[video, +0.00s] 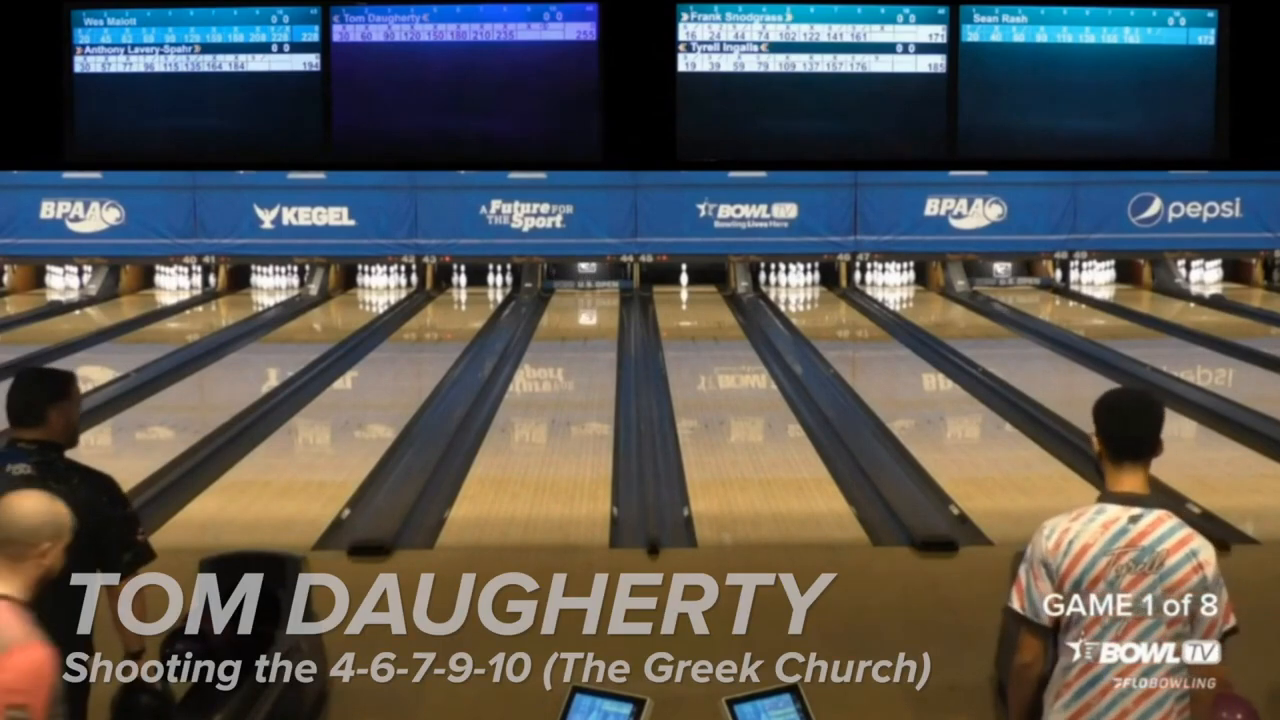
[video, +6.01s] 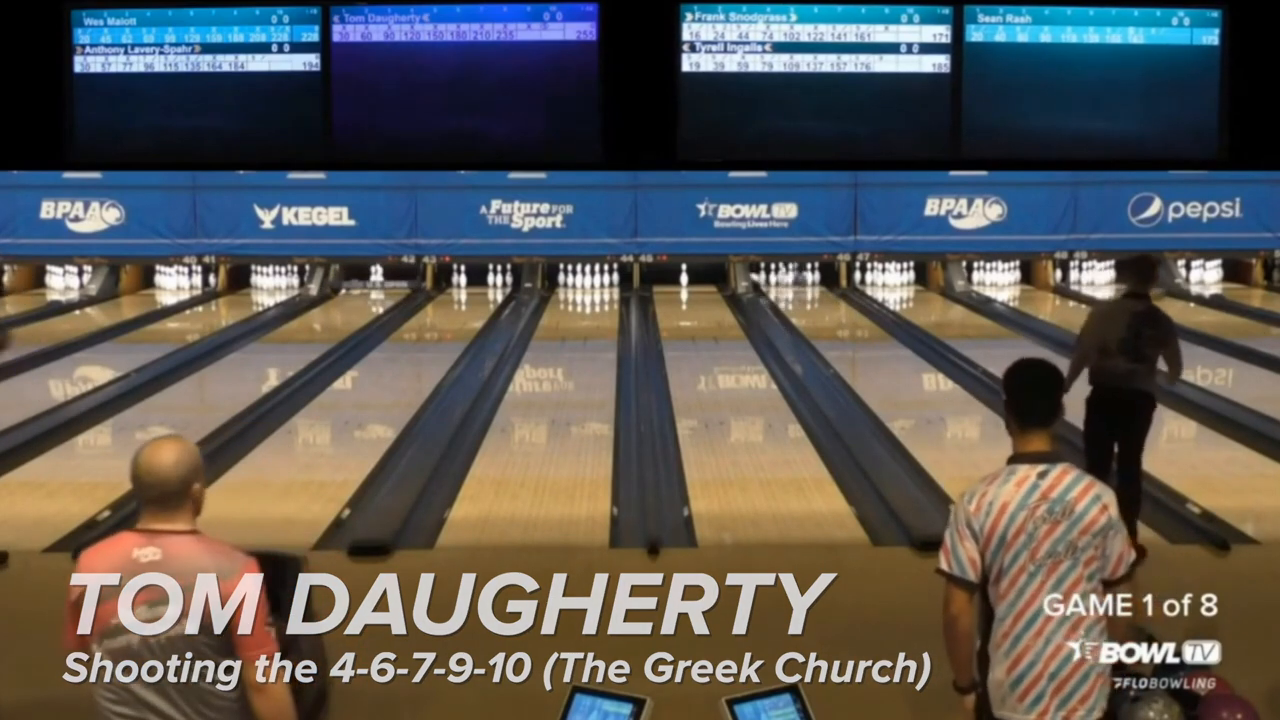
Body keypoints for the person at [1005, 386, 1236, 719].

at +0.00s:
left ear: (1096, 446)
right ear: (1159, 449)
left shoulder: (1055, 538)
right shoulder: (1195, 549)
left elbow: (1029, 660)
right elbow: (1207, 671)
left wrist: (1020, 712)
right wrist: (1198, 715)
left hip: (1071, 709)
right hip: (1162, 712)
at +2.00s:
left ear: (1068, 416)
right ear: (1124, 419)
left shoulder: (1030, 503)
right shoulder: (1154, 512)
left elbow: (991, 605)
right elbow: (1162, 610)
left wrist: (993, 667)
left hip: (1036, 686)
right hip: (1115, 692)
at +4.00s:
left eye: (1057, 405)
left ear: (1059, 412)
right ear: (1116, 420)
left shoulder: (1020, 499)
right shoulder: (1143, 512)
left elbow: (983, 602)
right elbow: (1149, 614)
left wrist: (984, 666)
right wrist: (1141, 674)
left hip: (1026, 687)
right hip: (1104, 695)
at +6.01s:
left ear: (1007, 413)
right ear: (1060, 411)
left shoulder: (980, 501)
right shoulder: (1099, 498)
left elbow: (958, 607)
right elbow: (1119, 589)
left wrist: (966, 687)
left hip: (1016, 684)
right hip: (1086, 683)